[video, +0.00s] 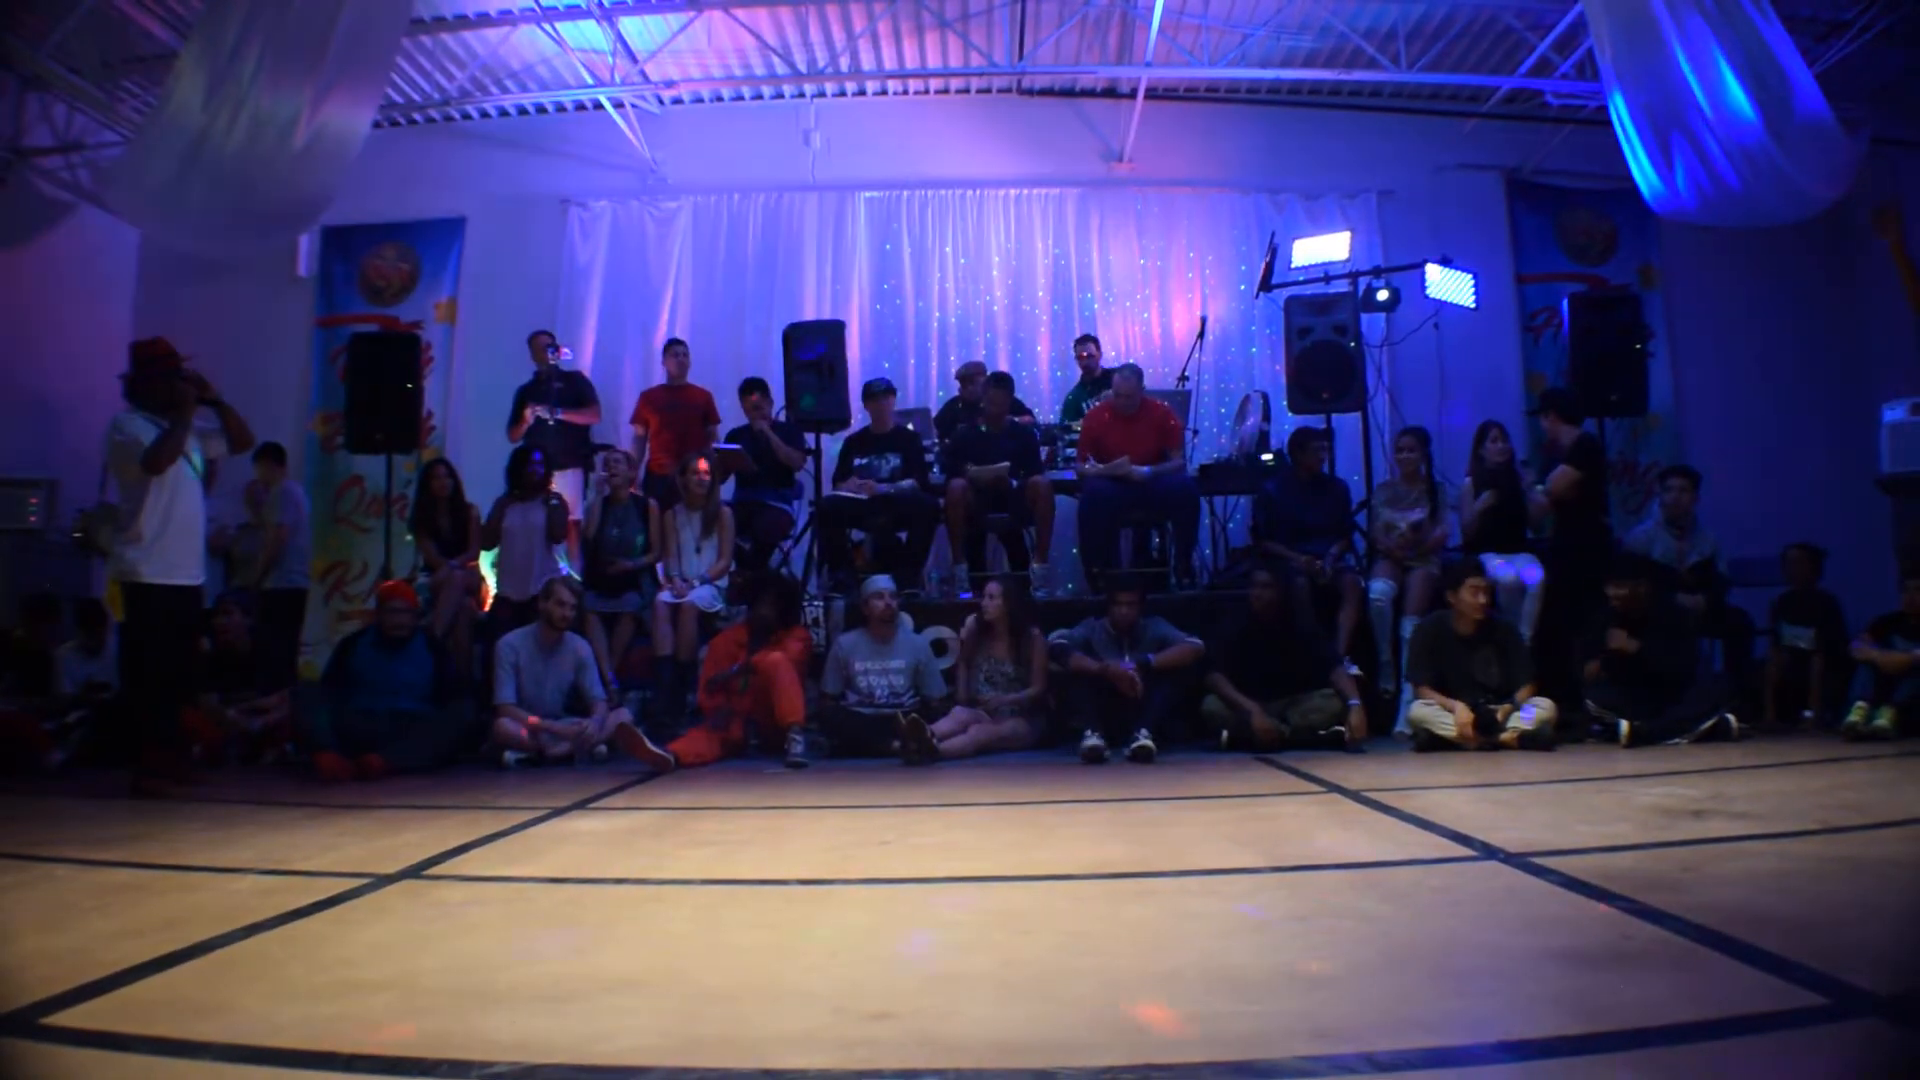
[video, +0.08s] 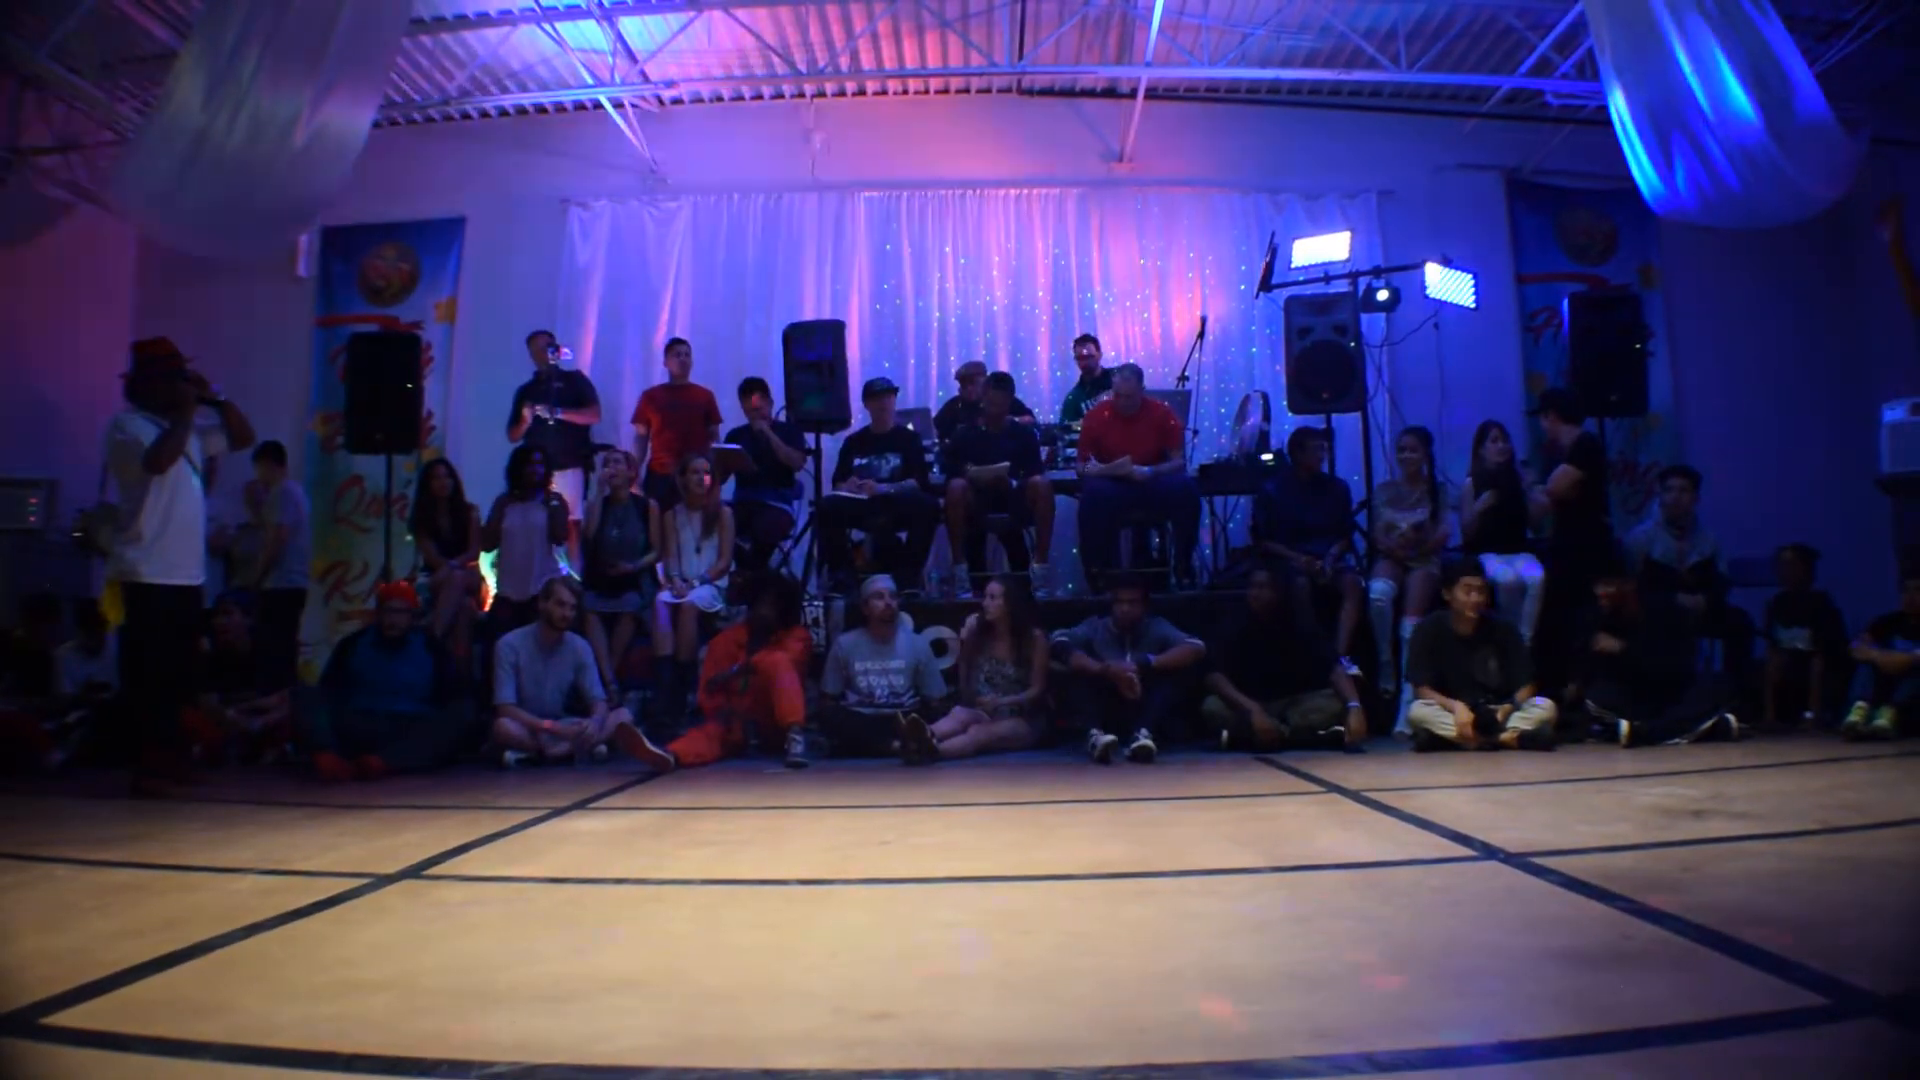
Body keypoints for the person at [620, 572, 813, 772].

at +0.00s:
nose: (762, 613)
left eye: (771, 607)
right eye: (758, 606)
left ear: (785, 612)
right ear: (750, 607)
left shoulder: (796, 637)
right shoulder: (726, 642)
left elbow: (786, 658)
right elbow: (707, 695)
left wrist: (744, 667)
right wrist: (720, 713)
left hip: (773, 720)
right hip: (737, 723)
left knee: (775, 660)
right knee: (706, 738)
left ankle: (795, 737)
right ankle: (670, 755)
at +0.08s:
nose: (762, 613)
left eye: (771, 607)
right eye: (758, 605)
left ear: (785, 612)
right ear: (750, 607)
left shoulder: (796, 636)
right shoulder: (726, 642)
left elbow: (784, 659)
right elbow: (707, 697)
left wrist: (743, 668)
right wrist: (727, 715)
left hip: (774, 720)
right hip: (737, 723)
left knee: (775, 660)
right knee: (709, 736)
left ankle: (794, 737)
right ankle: (670, 755)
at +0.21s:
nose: (762, 613)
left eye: (771, 607)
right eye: (759, 605)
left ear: (785, 613)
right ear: (750, 607)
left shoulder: (795, 637)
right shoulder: (726, 641)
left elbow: (784, 661)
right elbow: (706, 700)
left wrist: (744, 668)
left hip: (773, 719)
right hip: (736, 721)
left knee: (775, 660)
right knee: (711, 735)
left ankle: (795, 736)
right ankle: (670, 755)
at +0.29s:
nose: (762, 613)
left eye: (771, 607)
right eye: (758, 605)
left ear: (785, 612)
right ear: (750, 607)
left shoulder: (795, 637)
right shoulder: (725, 642)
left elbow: (784, 659)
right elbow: (706, 701)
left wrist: (744, 668)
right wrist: (735, 714)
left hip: (773, 720)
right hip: (737, 722)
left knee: (774, 660)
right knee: (711, 734)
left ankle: (794, 736)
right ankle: (669, 756)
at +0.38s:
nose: (762, 613)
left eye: (771, 607)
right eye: (759, 605)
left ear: (785, 612)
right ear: (750, 607)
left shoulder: (795, 637)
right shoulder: (726, 643)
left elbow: (784, 659)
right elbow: (706, 699)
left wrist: (742, 669)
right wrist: (731, 715)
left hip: (773, 720)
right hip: (737, 721)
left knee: (774, 661)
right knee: (711, 734)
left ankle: (794, 736)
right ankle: (669, 756)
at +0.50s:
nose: (760, 614)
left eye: (769, 607)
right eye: (757, 606)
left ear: (783, 612)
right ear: (749, 607)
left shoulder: (794, 637)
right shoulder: (726, 644)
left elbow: (785, 658)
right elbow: (707, 699)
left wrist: (743, 670)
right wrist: (732, 716)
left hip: (772, 720)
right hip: (737, 722)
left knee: (774, 661)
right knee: (710, 735)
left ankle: (794, 737)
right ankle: (669, 756)